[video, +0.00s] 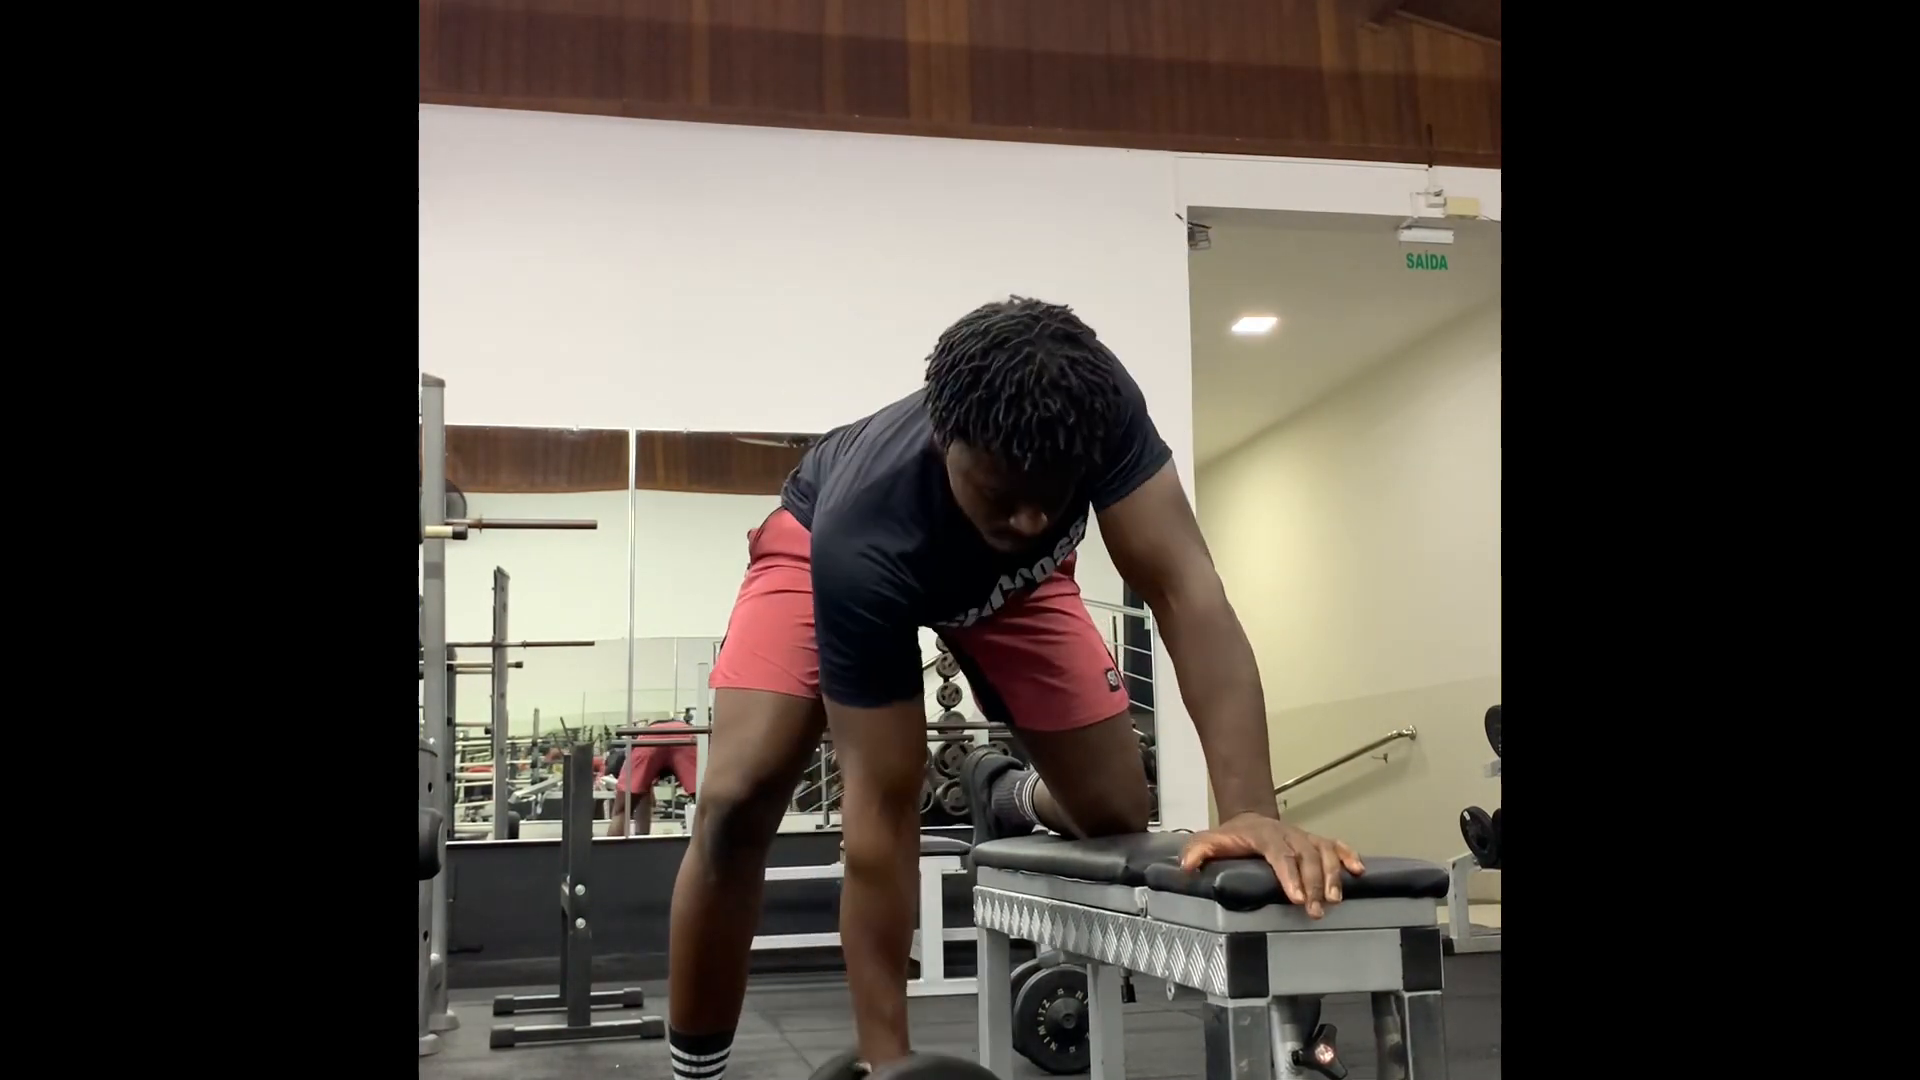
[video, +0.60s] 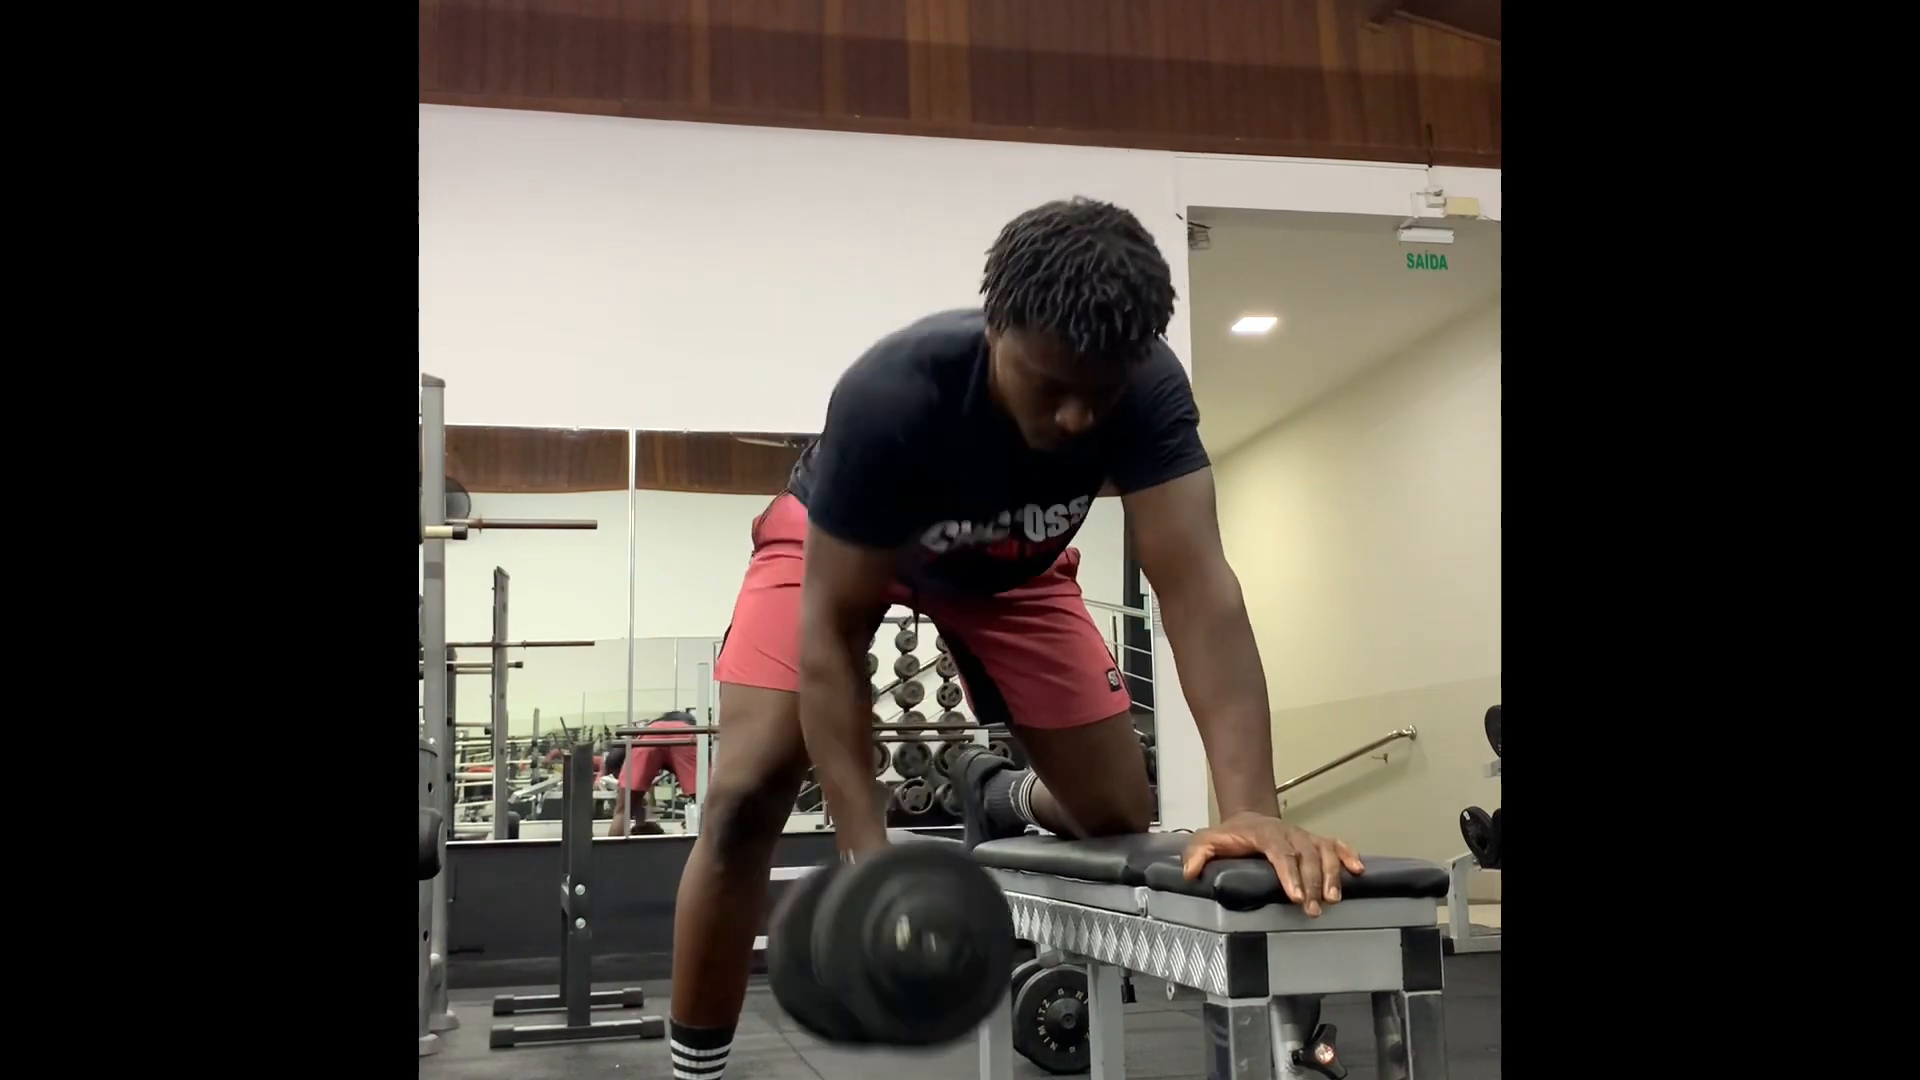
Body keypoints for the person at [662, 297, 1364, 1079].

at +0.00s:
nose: (1030, 524)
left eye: (1055, 499)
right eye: (1001, 499)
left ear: (1088, 451)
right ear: (947, 449)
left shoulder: (1098, 410)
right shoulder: (869, 540)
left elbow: (1187, 592)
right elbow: (882, 813)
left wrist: (1250, 808)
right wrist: (883, 1058)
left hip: (1017, 562)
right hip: (836, 541)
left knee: (1121, 816)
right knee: (734, 803)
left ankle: (1000, 797)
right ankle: (695, 1069)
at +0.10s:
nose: (1028, 432)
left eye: (1058, 411)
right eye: (1006, 400)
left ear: (1101, 379)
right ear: (965, 342)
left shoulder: (1126, 394)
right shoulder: (866, 433)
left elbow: (1191, 587)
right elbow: (834, 683)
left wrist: (1250, 806)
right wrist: (871, 921)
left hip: (1013, 563)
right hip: (839, 552)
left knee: (1121, 815)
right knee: (741, 794)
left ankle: (1002, 797)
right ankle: (695, 1072)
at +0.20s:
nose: (1064, 322)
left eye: (1098, 302)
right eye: (1045, 286)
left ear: (1141, 282)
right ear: (1017, 231)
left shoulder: (1160, 376)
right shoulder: (903, 287)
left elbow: (1202, 579)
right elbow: (785, 451)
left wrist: (1252, 806)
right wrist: (832, 627)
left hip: (1008, 573)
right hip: (843, 545)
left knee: (1120, 818)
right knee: (742, 798)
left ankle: (996, 797)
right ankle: (693, 1073)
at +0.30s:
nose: (1104, 312)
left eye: (1140, 291)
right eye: (1083, 276)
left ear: (1181, 265)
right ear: (1049, 215)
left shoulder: (1178, 381)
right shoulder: (945, 237)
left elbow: (1210, 578)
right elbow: (806, 293)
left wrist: (1253, 809)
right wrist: (830, 433)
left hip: (1004, 555)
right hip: (857, 512)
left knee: (1118, 810)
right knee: (749, 798)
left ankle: (991, 802)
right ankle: (696, 1073)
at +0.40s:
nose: (1108, 338)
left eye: (1142, 312)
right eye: (1086, 300)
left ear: (1179, 286)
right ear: (1045, 239)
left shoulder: (1177, 383)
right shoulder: (945, 255)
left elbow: (1212, 583)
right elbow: (803, 315)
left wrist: (1253, 807)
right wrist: (826, 448)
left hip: (1010, 560)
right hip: (859, 520)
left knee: (1118, 813)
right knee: (749, 800)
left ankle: (988, 802)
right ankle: (695, 1074)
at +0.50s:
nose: (1094, 370)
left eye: (1125, 347)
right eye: (1071, 336)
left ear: (1160, 318)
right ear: (1021, 277)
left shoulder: (1165, 381)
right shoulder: (913, 316)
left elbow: (1205, 579)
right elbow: (789, 470)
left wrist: (1251, 806)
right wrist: (840, 658)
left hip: (1020, 574)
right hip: (847, 545)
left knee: (1120, 816)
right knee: (745, 800)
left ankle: (992, 798)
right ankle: (695, 1073)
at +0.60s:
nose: (1077, 420)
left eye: (1103, 394)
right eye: (1052, 392)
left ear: (1135, 353)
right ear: (997, 336)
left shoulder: (1146, 391)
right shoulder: (891, 401)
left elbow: (1198, 586)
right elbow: (828, 631)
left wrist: (1251, 806)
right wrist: (869, 862)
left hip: (1016, 567)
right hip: (844, 544)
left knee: (1123, 819)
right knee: (742, 797)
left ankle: (1003, 797)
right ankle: (695, 1070)